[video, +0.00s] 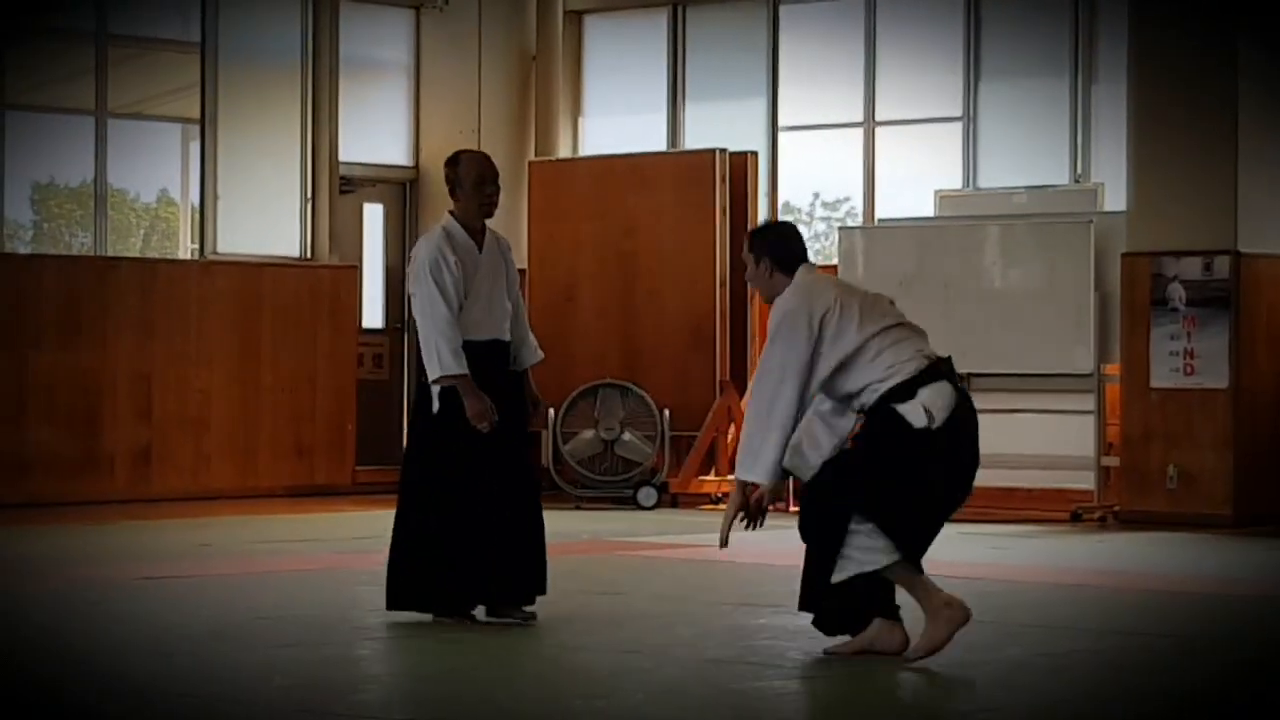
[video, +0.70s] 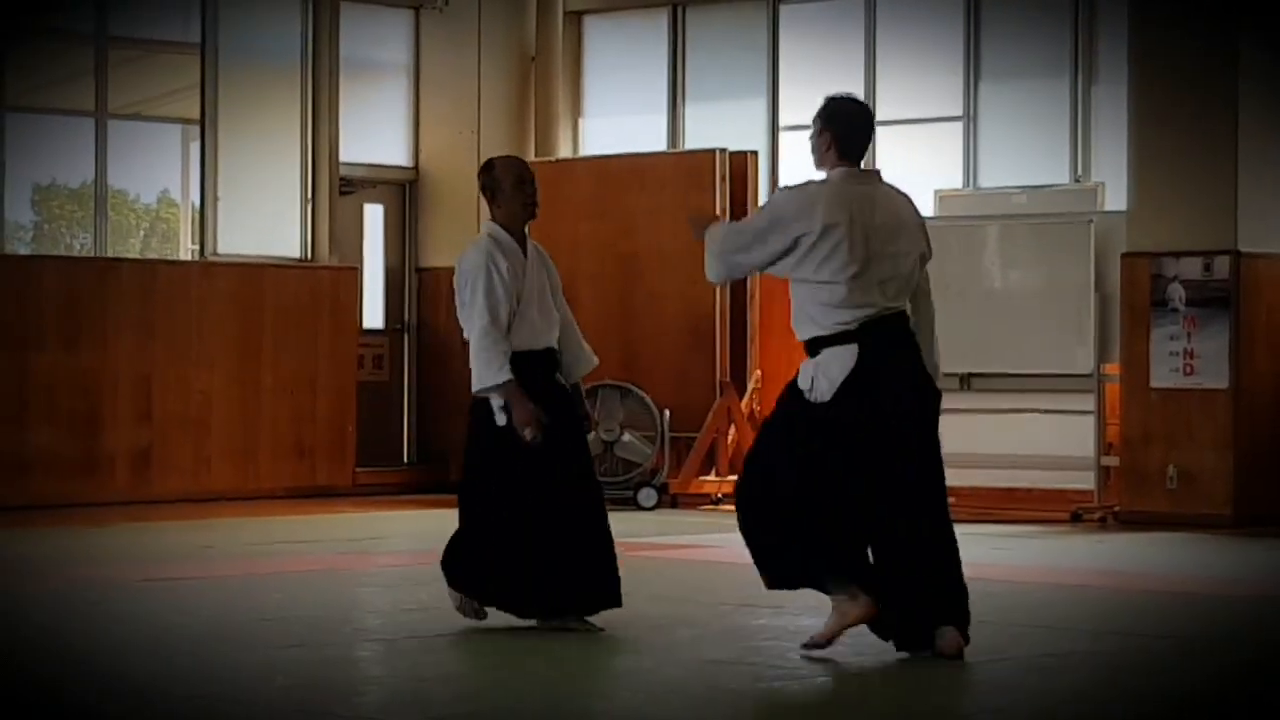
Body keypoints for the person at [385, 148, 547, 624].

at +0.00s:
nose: (494, 193)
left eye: (496, 184)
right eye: (483, 184)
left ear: (495, 189)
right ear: (454, 190)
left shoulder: (500, 247)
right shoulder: (434, 248)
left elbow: (516, 318)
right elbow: (436, 326)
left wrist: (528, 382)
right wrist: (467, 389)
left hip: (502, 373)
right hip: (452, 375)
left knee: (505, 483)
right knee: (452, 485)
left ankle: (502, 595)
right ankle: (448, 597)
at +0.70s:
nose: (533, 193)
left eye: (533, 184)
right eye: (522, 186)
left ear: (533, 193)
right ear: (492, 196)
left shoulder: (537, 255)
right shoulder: (481, 258)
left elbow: (561, 323)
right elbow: (484, 334)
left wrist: (577, 388)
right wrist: (513, 398)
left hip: (547, 382)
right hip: (507, 386)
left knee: (563, 492)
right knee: (504, 492)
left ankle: (557, 603)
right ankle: (464, 571)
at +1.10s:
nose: (464, 191)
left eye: (461, 183)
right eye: (453, 185)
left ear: (420, 200)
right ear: (426, 196)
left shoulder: (401, 255)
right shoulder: (445, 251)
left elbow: (421, 337)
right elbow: (521, 291)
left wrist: (487, 363)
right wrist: (551, 242)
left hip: (431, 389)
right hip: (463, 391)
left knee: (450, 499)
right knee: (519, 487)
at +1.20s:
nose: (440, 193)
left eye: (436, 185)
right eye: (431, 186)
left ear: (392, 197)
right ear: (406, 195)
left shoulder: (366, 254)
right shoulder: (420, 256)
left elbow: (387, 328)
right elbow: (478, 311)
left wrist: (448, 342)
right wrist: (501, 278)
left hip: (393, 387)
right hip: (429, 391)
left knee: (416, 500)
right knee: (457, 496)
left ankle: (414, 610)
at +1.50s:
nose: (342, 193)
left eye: (338, 184)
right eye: (338, 185)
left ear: (291, 196)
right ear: (327, 190)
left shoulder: (265, 252)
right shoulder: (351, 237)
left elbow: (261, 330)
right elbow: (363, 290)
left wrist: (281, 375)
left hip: (287, 385)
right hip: (338, 384)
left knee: (260, 497)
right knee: (381, 491)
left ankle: (206, 606)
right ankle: (387, 611)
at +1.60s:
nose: (314, 188)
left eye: (311, 181)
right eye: (311, 181)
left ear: (261, 191)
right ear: (301, 185)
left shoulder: (233, 244)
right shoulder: (322, 229)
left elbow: (229, 322)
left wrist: (238, 375)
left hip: (254, 375)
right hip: (304, 374)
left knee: (244, 495)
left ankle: (217, 617)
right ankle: (361, 606)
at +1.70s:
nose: (292, 173)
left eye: (288, 164)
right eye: (287, 165)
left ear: (240, 178)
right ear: (277, 173)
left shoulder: (218, 242)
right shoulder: (299, 216)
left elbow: (204, 322)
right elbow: (339, 199)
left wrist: (199, 391)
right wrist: (292, 196)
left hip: (249, 372)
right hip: (299, 368)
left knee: (247, 491)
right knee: (319, 483)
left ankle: (235, 617)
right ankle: (300, 594)